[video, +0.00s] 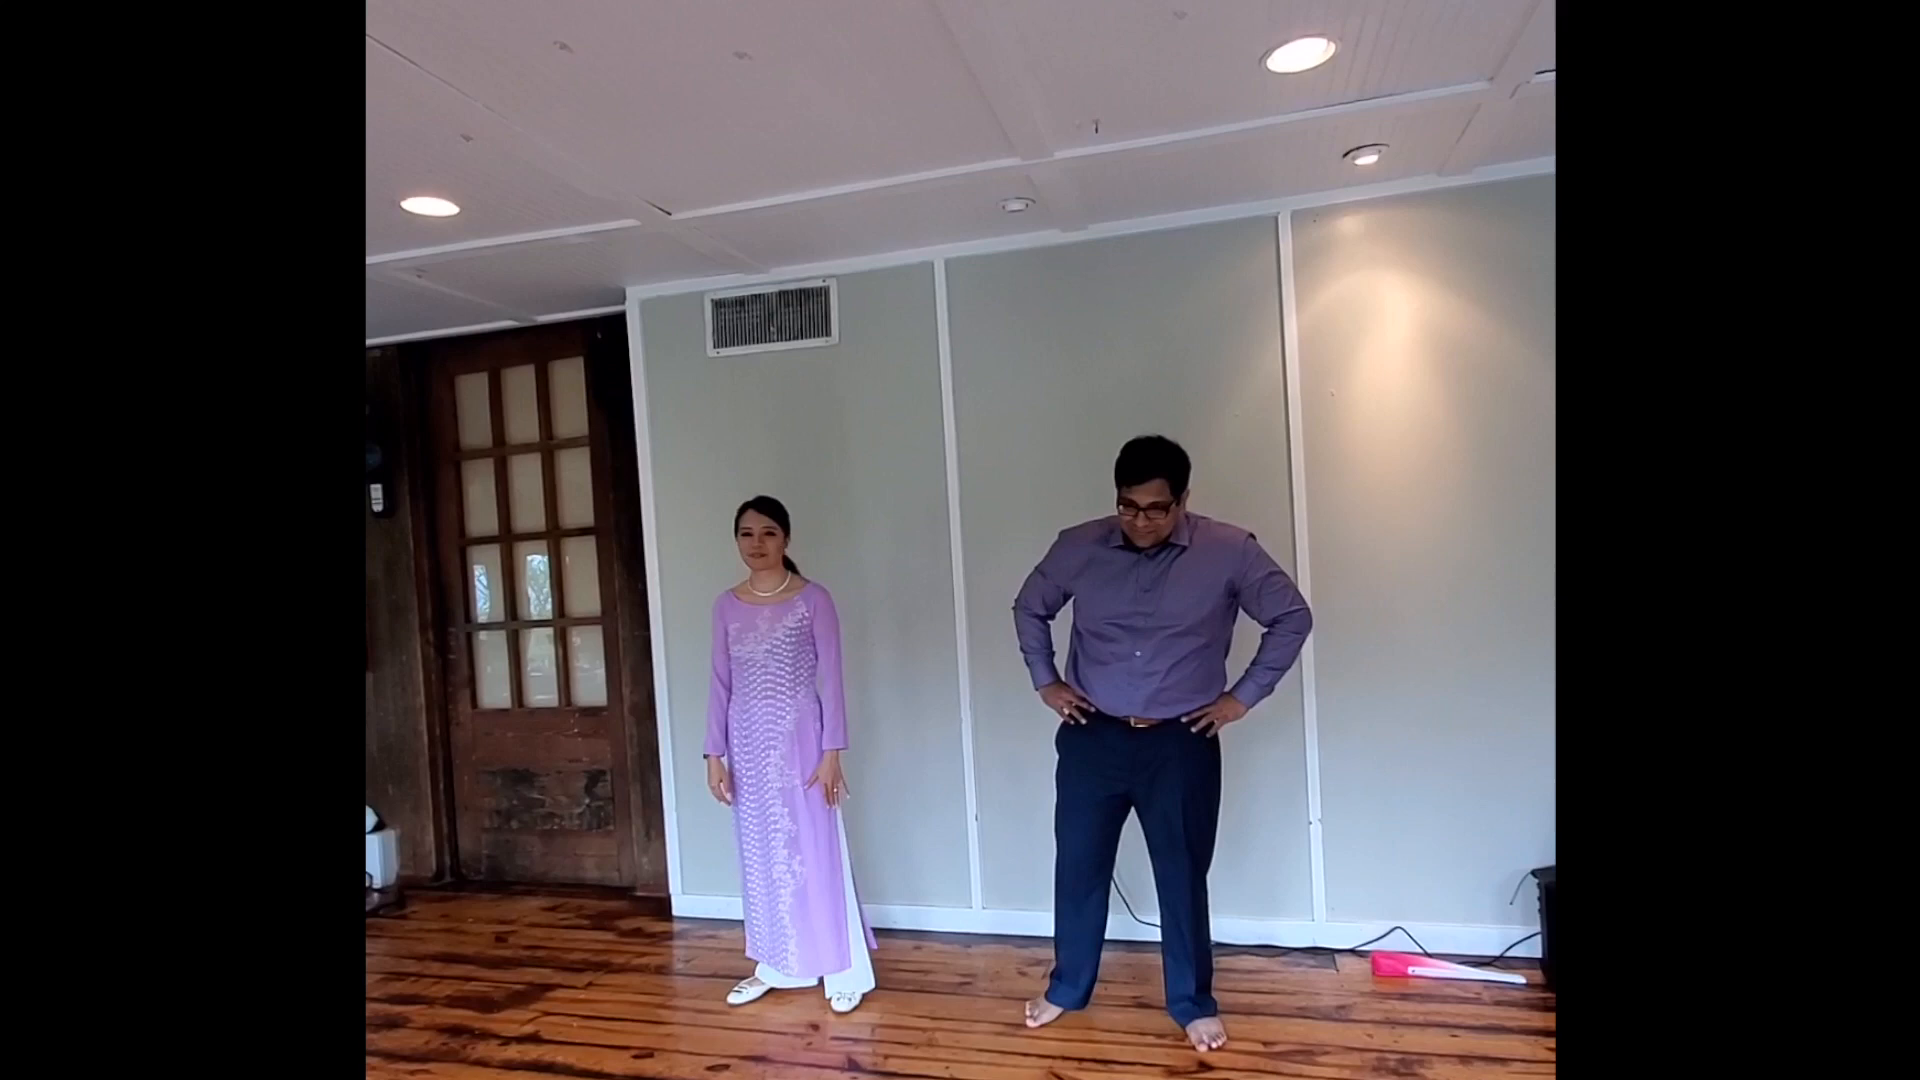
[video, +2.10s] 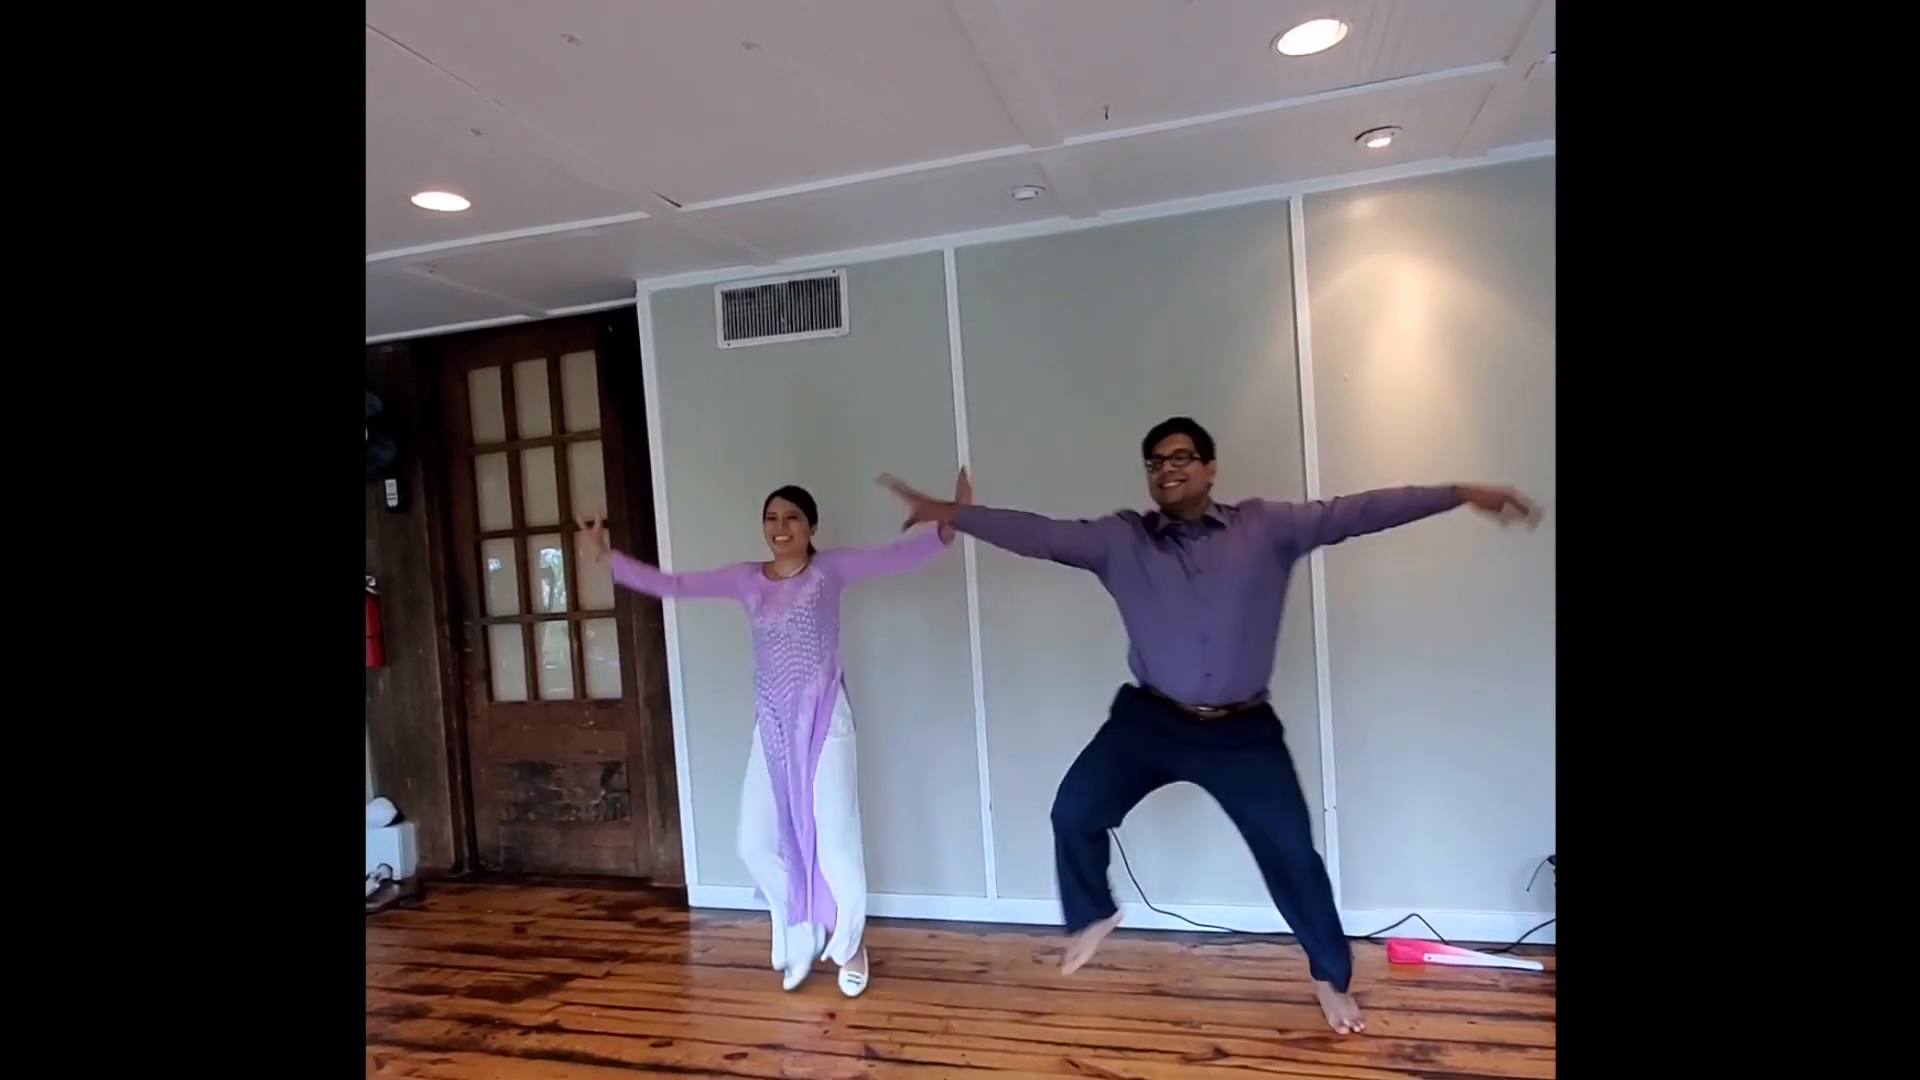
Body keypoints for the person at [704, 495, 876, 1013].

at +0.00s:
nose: (757, 542)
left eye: (768, 532)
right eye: (747, 533)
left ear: (786, 538)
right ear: (736, 542)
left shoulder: (813, 598)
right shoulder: (728, 606)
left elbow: (831, 680)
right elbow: (720, 684)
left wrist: (833, 751)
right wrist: (716, 753)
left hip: (801, 745)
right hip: (748, 749)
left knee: (816, 859)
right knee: (763, 859)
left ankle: (844, 971)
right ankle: (778, 966)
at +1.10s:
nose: (780, 547)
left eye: (790, 539)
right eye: (771, 540)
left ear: (811, 550)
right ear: (762, 554)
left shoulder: (840, 610)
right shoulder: (752, 619)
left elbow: (883, 679)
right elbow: (726, 694)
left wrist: (835, 668)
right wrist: (757, 667)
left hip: (834, 746)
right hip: (782, 749)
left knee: (835, 849)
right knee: (771, 846)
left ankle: (849, 962)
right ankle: (766, 954)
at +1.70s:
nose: (778, 583)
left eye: (789, 573)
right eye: (769, 572)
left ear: (807, 574)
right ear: (760, 575)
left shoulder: (829, 623)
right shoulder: (743, 624)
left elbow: (828, 692)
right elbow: (752, 687)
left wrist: (828, 753)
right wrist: (769, 737)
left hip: (811, 752)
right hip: (756, 754)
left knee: (847, 849)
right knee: (775, 863)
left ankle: (906, 969)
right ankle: (796, 963)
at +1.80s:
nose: (775, 576)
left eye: (786, 566)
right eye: (766, 567)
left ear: (805, 569)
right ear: (757, 570)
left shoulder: (828, 629)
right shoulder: (740, 632)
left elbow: (835, 707)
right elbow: (738, 713)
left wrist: (842, 775)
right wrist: (728, 782)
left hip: (820, 768)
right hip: (762, 770)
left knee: (847, 864)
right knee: (780, 873)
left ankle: (904, 970)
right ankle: (797, 970)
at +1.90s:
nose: (774, 571)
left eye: (785, 562)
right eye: (765, 562)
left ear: (803, 567)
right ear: (756, 567)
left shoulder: (829, 625)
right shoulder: (739, 632)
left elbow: (871, 684)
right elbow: (695, 698)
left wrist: (918, 729)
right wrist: (634, 738)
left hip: (821, 757)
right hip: (764, 761)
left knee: (847, 855)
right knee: (776, 864)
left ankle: (899, 962)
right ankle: (797, 960)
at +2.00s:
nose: (775, 549)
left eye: (785, 540)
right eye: (766, 541)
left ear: (806, 547)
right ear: (757, 550)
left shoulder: (831, 604)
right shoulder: (740, 610)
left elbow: (896, 627)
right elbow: (673, 643)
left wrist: (954, 614)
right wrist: (600, 635)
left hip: (824, 740)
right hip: (768, 744)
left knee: (842, 848)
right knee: (780, 854)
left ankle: (873, 951)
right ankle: (796, 960)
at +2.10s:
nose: (780, 526)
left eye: (790, 518)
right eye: (771, 519)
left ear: (811, 527)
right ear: (763, 528)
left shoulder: (830, 568)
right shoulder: (746, 580)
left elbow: (899, 555)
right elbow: (669, 584)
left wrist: (951, 521)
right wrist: (607, 555)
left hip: (826, 719)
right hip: (772, 723)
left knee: (834, 832)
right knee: (756, 839)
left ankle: (850, 947)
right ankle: (799, 938)